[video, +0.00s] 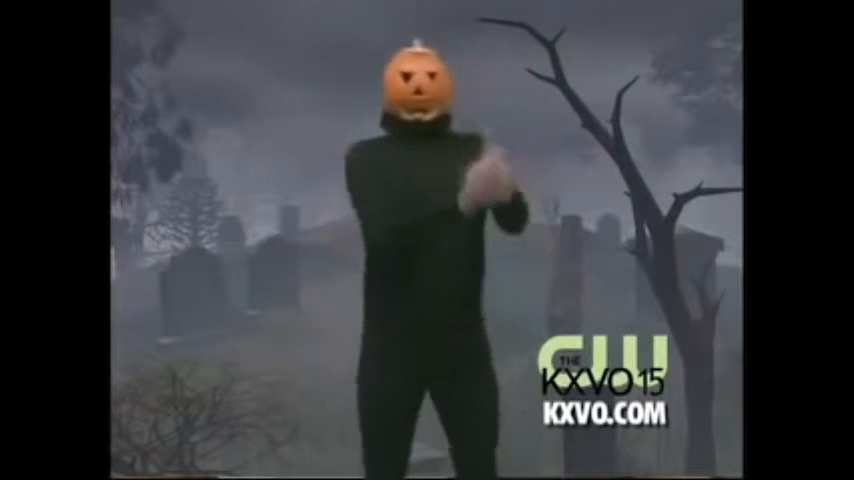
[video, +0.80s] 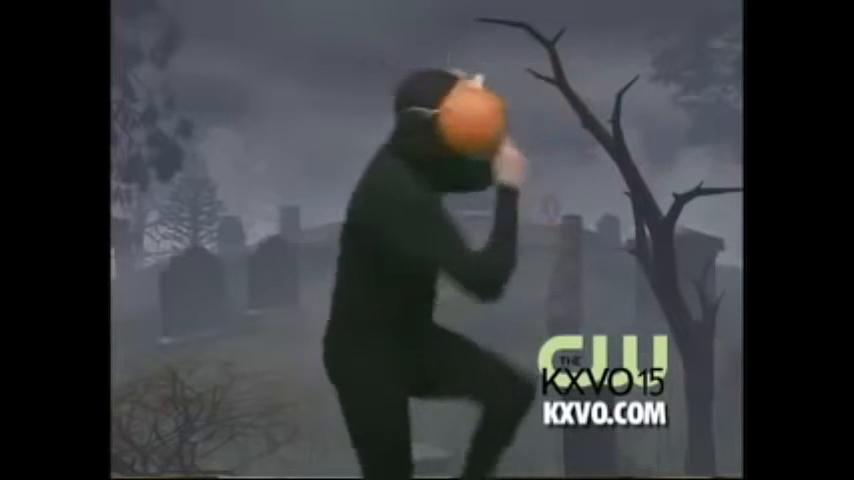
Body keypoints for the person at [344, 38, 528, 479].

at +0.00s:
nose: (419, 84)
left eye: (430, 75)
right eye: (406, 75)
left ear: (448, 88)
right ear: (387, 90)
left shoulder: (472, 151)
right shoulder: (367, 158)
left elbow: (514, 223)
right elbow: (384, 228)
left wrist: (502, 190)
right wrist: (461, 203)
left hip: (459, 340)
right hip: (390, 344)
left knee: (478, 467)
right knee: (384, 469)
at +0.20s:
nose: (415, 143)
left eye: (423, 132)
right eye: (406, 136)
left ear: (438, 124)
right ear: (383, 128)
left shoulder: (450, 167)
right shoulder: (355, 184)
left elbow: (527, 203)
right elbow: (359, 281)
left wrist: (558, 153)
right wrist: (429, 242)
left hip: (437, 346)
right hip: (377, 356)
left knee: (518, 454)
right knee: (376, 471)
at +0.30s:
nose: (424, 130)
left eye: (433, 118)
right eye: (408, 120)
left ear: (446, 122)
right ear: (383, 128)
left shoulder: (445, 179)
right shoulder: (362, 197)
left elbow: (525, 192)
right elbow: (344, 310)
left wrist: (504, 119)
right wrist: (434, 322)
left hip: (432, 350)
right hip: (375, 363)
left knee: (529, 381)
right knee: (377, 472)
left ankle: (503, 474)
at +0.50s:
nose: (397, 77)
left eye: (403, 68)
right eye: (381, 69)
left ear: (414, 84)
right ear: (353, 90)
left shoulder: (420, 160)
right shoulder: (351, 163)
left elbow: (501, 175)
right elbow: (375, 273)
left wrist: (530, 99)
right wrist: (425, 358)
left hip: (436, 337)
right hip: (381, 344)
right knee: (382, 470)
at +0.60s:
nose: (400, 87)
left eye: (403, 77)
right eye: (382, 79)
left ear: (414, 95)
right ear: (352, 101)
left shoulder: (420, 168)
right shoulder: (348, 176)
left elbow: (504, 175)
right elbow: (385, 279)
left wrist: (568, 113)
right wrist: (481, 322)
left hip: (434, 351)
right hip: (382, 359)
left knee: (463, 469)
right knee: (395, 471)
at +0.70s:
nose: (439, 91)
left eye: (440, 80)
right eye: (425, 81)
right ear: (393, 95)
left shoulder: (416, 159)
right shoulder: (366, 178)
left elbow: (496, 181)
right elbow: (423, 284)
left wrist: (538, 117)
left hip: (416, 342)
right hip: (372, 351)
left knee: (491, 448)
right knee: (389, 471)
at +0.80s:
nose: (465, 125)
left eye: (467, 114)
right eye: (456, 114)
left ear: (419, 122)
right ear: (426, 122)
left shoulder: (418, 166)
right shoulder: (396, 187)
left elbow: (480, 173)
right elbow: (486, 280)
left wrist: (473, 107)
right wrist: (508, 190)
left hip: (410, 341)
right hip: (365, 356)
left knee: (511, 390)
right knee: (389, 471)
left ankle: (473, 474)